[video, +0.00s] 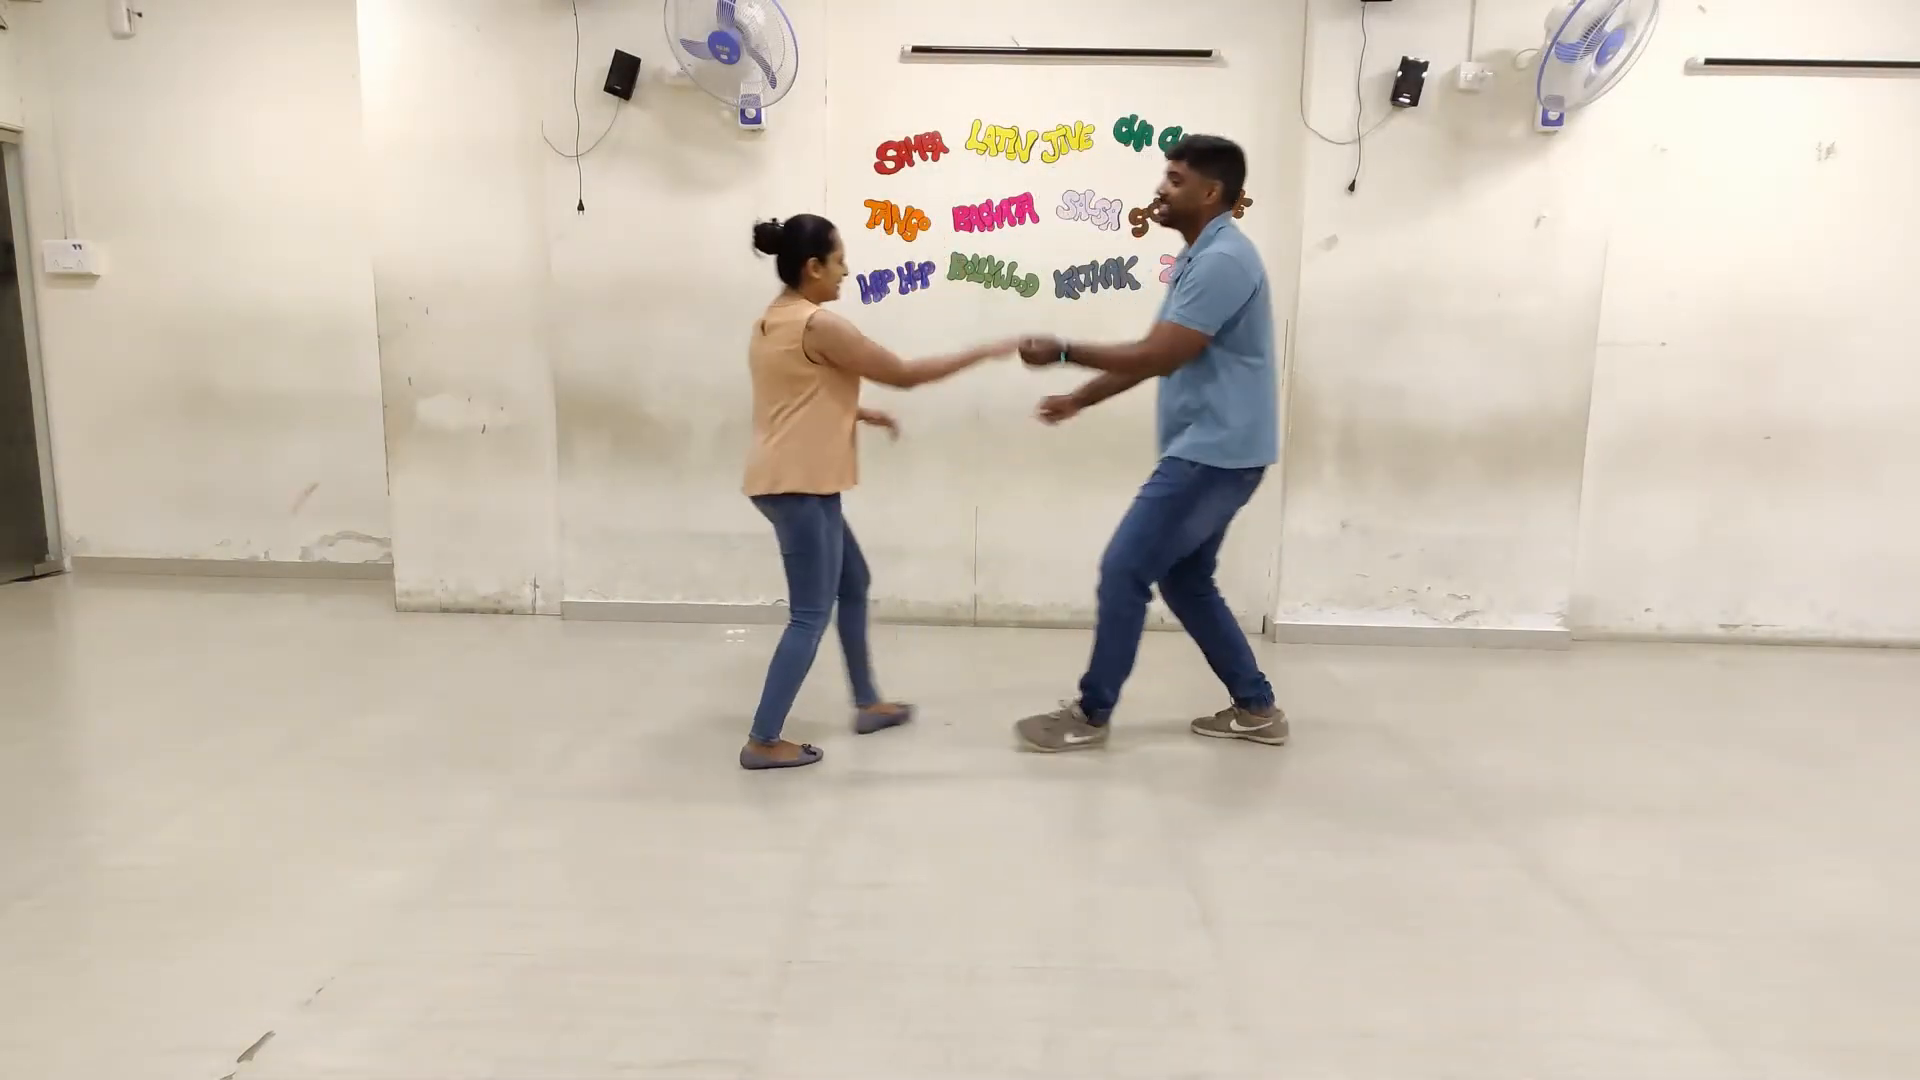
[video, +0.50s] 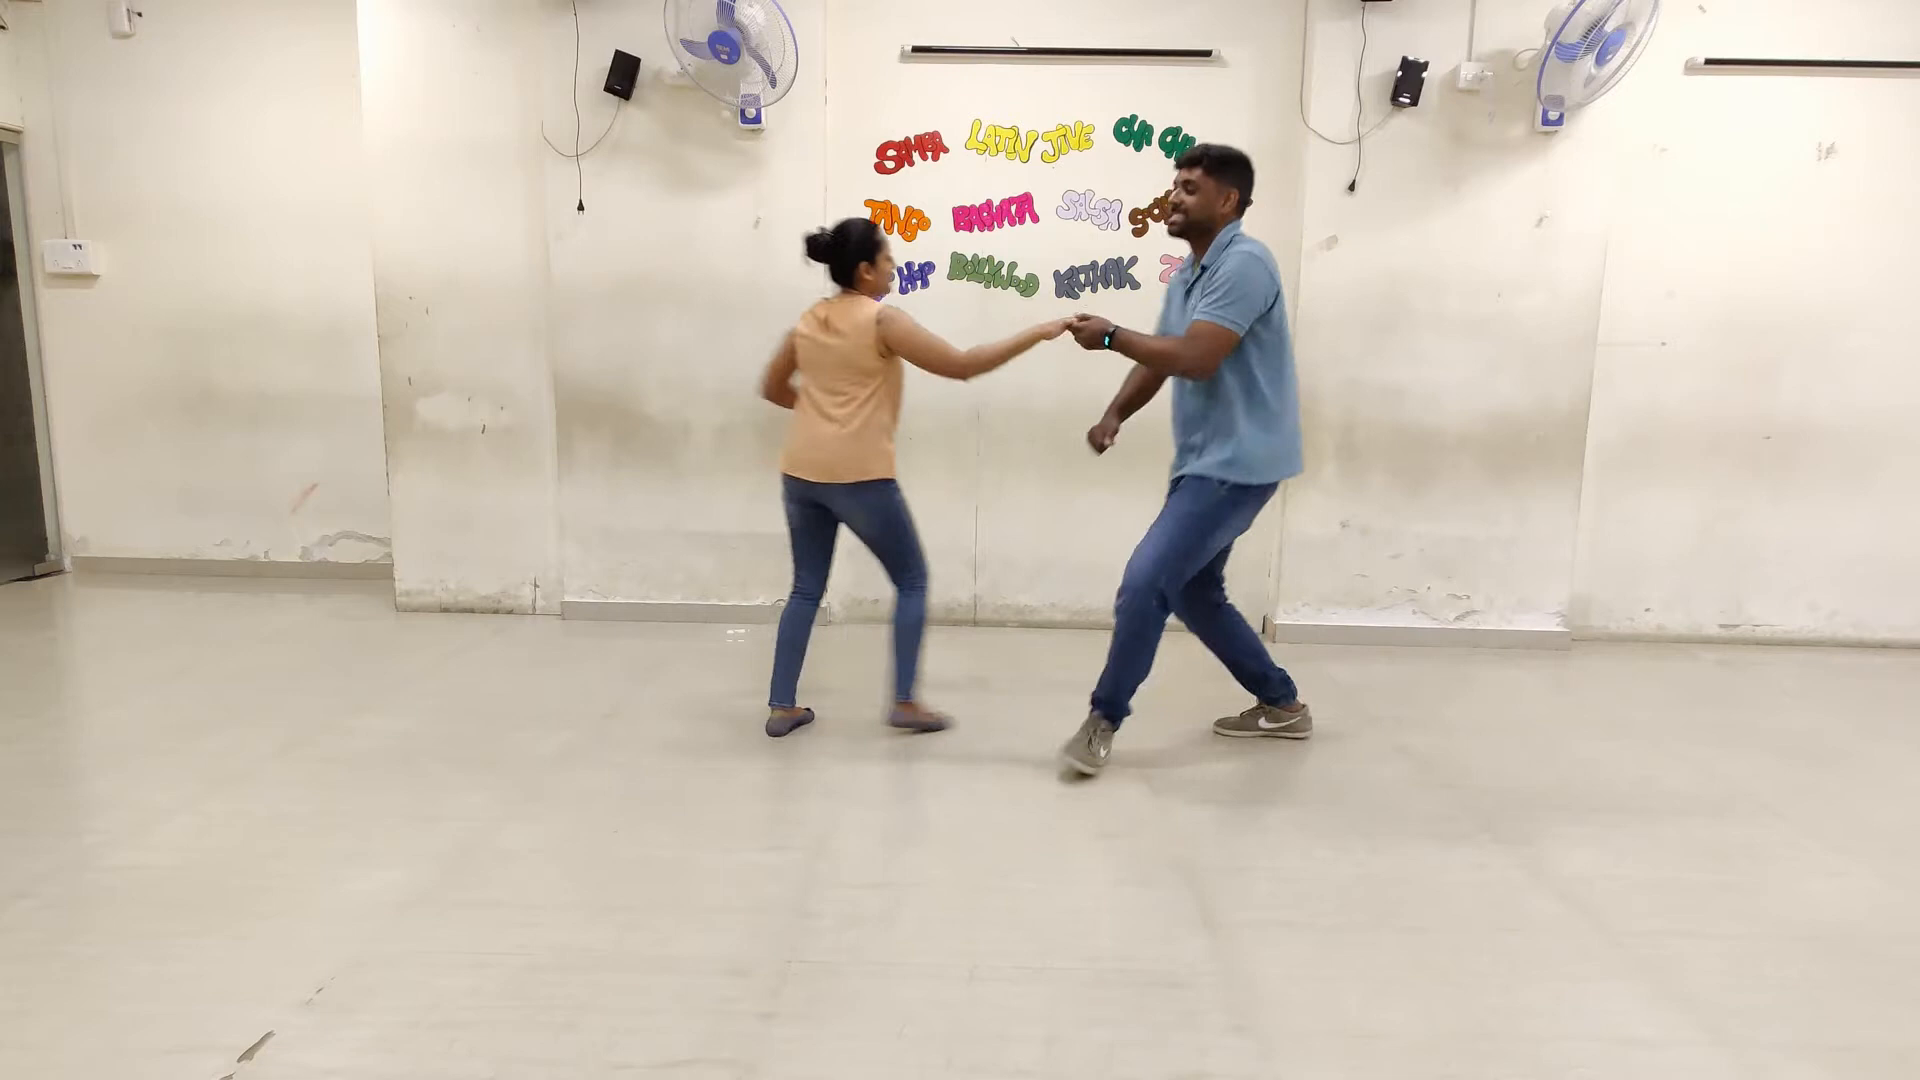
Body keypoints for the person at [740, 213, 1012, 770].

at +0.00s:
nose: (845, 270)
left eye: (843, 261)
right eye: (839, 262)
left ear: (802, 267)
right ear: (812, 268)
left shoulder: (772, 323)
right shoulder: (821, 326)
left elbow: (800, 398)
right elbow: (904, 374)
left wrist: (862, 416)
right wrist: (984, 353)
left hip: (780, 480)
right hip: (803, 486)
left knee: (852, 580)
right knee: (811, 614)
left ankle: (868, 706)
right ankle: (763, 741)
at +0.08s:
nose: (830, 265)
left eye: (828, 254)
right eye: (824, 256)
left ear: (779, 263)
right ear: (800, 262)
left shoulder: (747, 320)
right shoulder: (818, 315)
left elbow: (736, 405)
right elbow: (905, 348)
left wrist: (816, 424)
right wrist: (986, 319)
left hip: (751, 474)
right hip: (797, 475)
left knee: (823, 576)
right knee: (794, 608)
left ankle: (803, 702)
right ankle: (763, 739)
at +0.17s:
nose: (828, 264)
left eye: (825, 254)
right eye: (823, 256)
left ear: (777, 266)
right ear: (802, 263)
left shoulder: (743, 321)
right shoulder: (819, 314)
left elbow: (713, 400)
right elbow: (910, 344)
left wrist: (763, 423)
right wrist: (991, 319)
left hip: (743, 475)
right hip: (796, 476)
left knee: (792, 592)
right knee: (789, 609)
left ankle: (780, 704)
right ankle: (764, 741)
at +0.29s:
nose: (839, 260)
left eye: (836, 252)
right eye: (834, 253)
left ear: (787, 265)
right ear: (817, 262)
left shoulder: (750, 317)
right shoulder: (835, 313)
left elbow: (699, 382)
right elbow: (923, 343)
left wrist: (746, 414)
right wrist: (1002, 319)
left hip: (749, 471)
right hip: (809, 473)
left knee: (780, 589)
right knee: (819, 597)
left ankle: (781, 706)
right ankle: (781, 715)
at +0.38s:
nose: (859, 257)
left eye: (856, 248)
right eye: (854, 250)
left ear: (809, 262)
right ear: (835, 260)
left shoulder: (773, 313)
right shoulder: (855, 312)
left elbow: (723, 376)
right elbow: (940, 345)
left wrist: (774, 401)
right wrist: (1018, 318)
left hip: (772, 469)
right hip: (832, 472)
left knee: (787, 588)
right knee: (864, 583)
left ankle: (779, 709)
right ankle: (827, 693)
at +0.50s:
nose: (894, 264)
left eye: (889, 255)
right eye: (887, 256)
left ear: (849, 270)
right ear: (865, 268)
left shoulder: (811, 320)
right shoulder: (882, 320)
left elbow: (772, 386)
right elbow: (963, 366)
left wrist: (824, 403)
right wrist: (1037, 333)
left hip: (801, 473)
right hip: (860, 477)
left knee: (805, 588)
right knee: (911, 579)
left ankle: (781, 708)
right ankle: (905, 703)